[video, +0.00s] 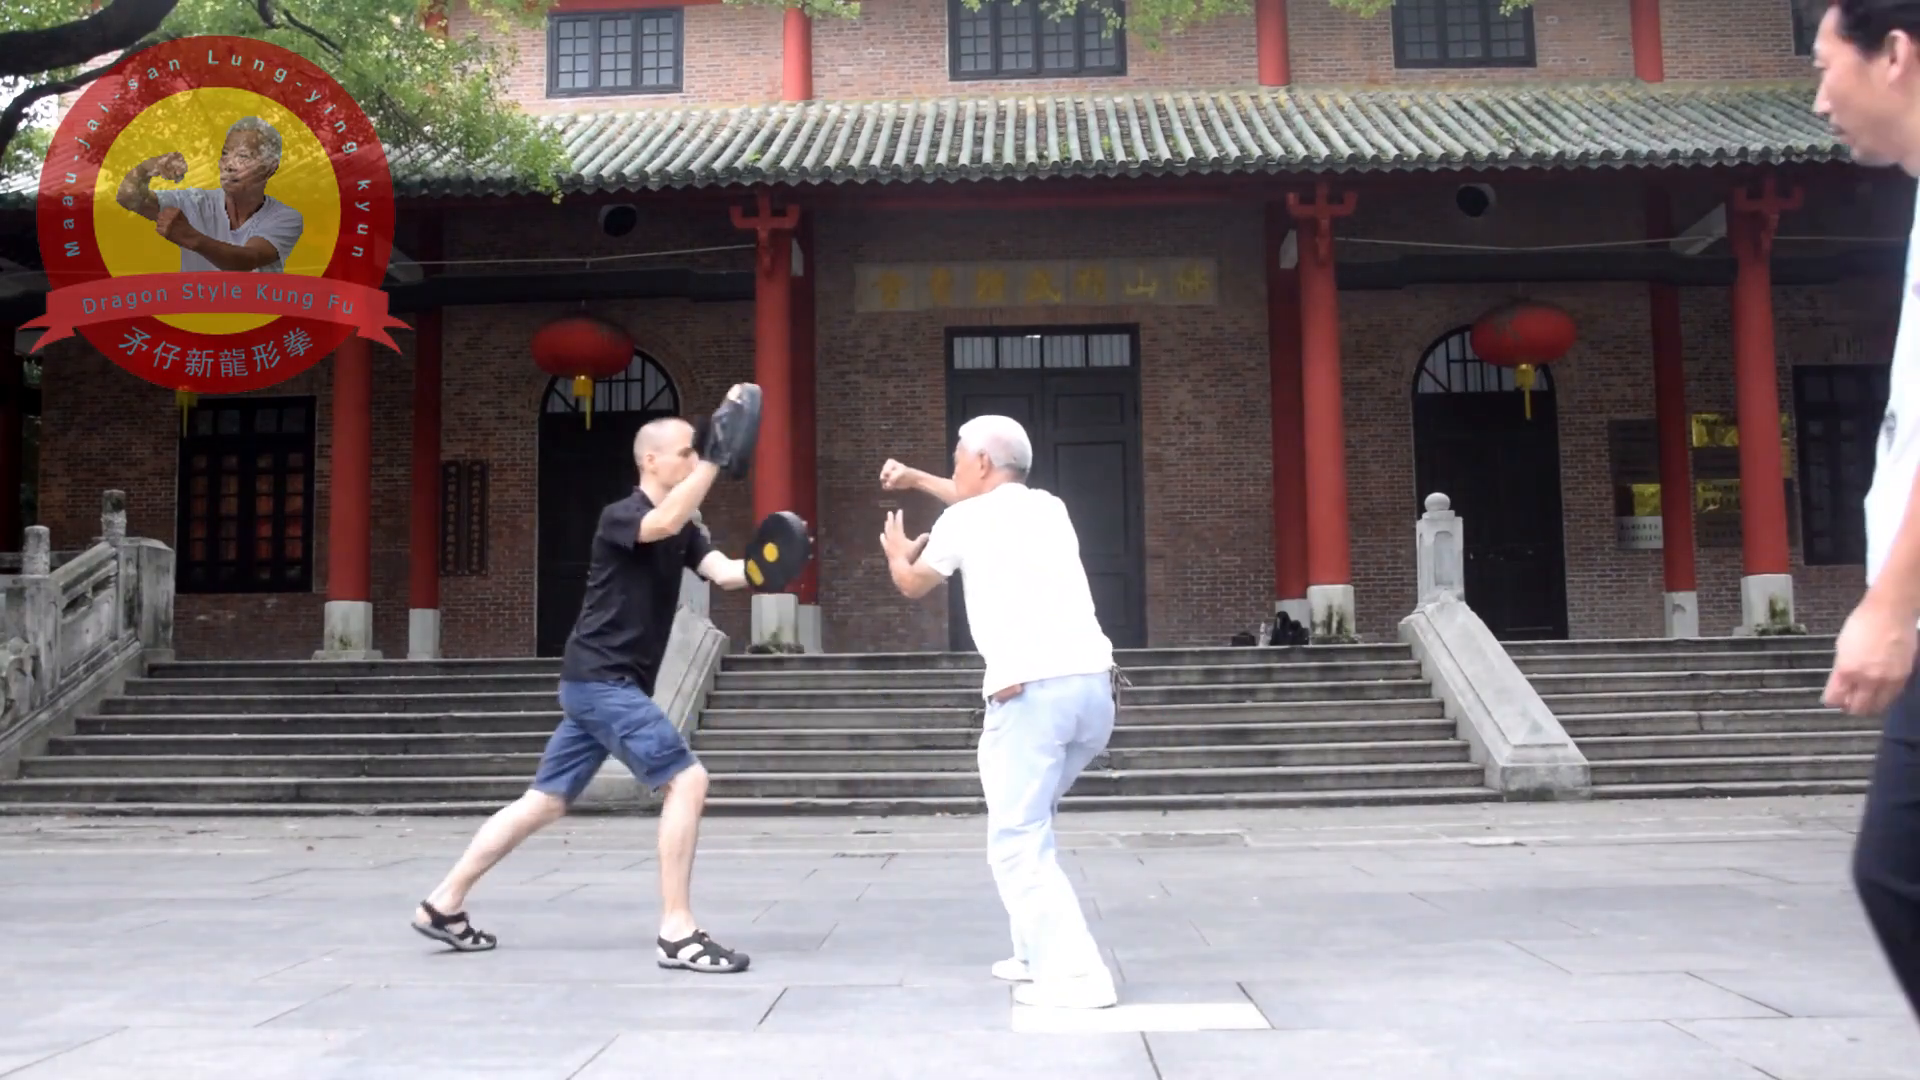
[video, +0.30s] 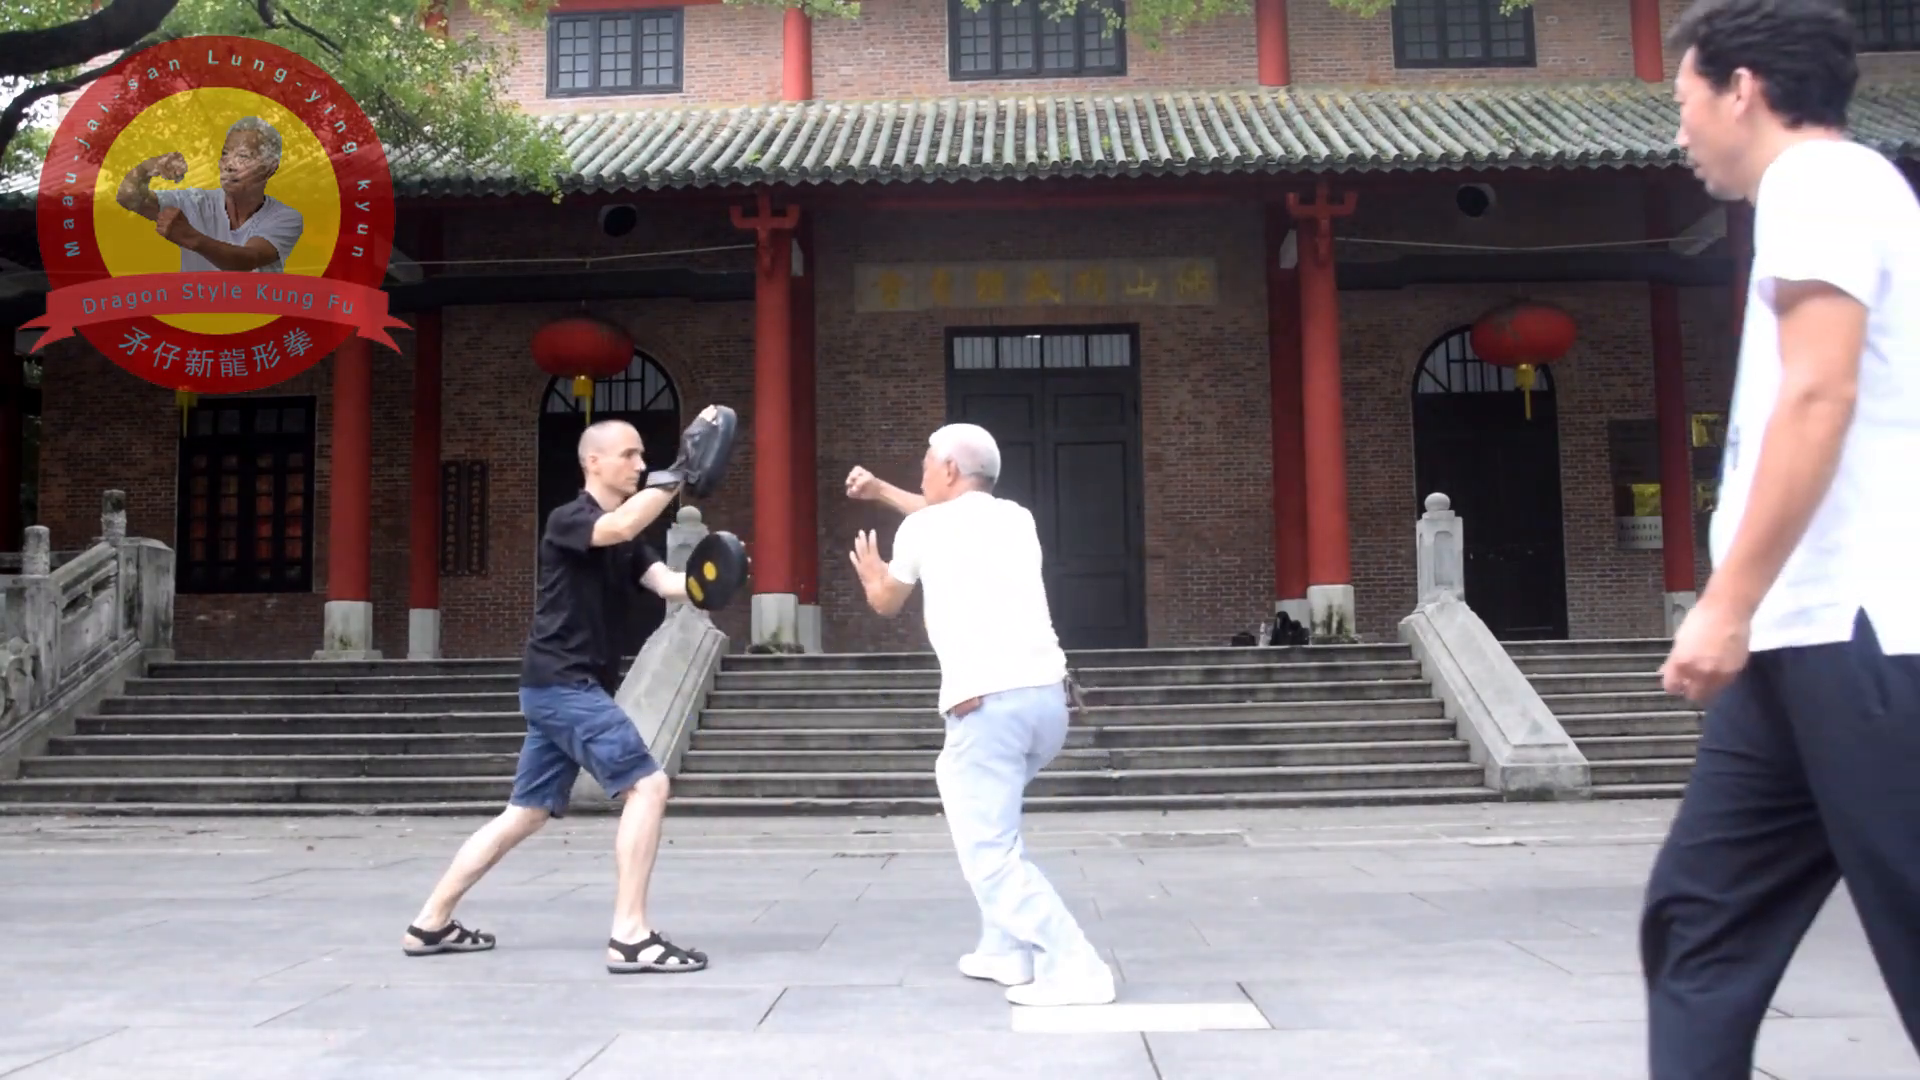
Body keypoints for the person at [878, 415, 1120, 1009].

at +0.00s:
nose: (953, 468)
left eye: (957, 457)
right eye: (955, 457)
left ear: (982, 463)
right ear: (1015, 465)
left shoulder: (967, 517)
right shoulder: (1052, 507)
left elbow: (913, 583)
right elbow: (979, 500)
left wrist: (895, 552)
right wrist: (918, 479)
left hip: (1027, 698)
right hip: (1096, 693)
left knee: (1016, 844)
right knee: (1029, 822)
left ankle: (1077, 977)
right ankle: (1036, 952)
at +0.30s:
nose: (923, 472)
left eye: (927, 462)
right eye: (925, 461)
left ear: (948, 471)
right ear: (983, 476)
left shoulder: (923, 525)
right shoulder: (1019, 518)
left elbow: (885, 601)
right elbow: (946, 511)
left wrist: (870, 575)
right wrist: (882, 491)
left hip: (985, 705)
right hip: (1049, 700)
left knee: (990, 857)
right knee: (994, 828)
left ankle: (1077, 970)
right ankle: (1003, 950)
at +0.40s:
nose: (905, 478)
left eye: (910, 469)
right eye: (909, 468)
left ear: (929, 476)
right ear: (963, 482)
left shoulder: (902, 530)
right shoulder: (1003, 526)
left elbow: (874, 605)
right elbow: (947, 535)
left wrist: (901, 539)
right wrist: (880, 524)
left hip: (951, 716)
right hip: (1011, 712)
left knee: (977, 863)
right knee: (901, 800)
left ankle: (1073, 967)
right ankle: (894, 940)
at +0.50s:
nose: (869, 488)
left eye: (874, 478)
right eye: (871, 477)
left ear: (896, 486)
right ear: (924, 490)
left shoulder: (869, 533)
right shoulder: (969, 535)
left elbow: (803, 566)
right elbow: (989, 513)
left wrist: (798, 539)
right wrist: (938, 500)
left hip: (912, 725)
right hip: (962, 722)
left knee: (960, 859)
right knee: (844, 793)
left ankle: (1068, 964)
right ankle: (786, 911)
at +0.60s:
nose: (829, 489)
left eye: (837, 479)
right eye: (833, 479)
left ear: (863, 491)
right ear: (880, 493)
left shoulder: (832, 542)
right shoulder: (925, 544)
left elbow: (754, 574)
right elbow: (966, 509)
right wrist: (952, 450)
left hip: (869, 731)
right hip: (901, 724)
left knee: (930, 842)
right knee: (791, 810)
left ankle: (1043, 940)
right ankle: (748, 927)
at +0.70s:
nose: (789, 501)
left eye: (797, 493)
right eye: (791, 491)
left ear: (832, 505)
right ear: (839, 506)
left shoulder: (833, 562)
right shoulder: (855, 546)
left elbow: (758, 627)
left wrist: (692, 608)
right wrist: (862, 463)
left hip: (847, 729)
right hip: (829, 727)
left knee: (885, 836)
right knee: (740, 807)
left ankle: (1004, 931)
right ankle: (741, 933)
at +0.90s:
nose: (755, 489)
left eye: (765, 481)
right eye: (758, 479)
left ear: (800, 495)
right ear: (788, 492)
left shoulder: (827, 548)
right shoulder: (760, 537)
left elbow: (754, 605)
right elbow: (684, 542)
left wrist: (660, 626)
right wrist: (623, 513)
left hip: (835, 721)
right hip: (780, 718)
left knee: (846, 841)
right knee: (709, 811)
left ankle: (899, 910)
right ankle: (737, 935)